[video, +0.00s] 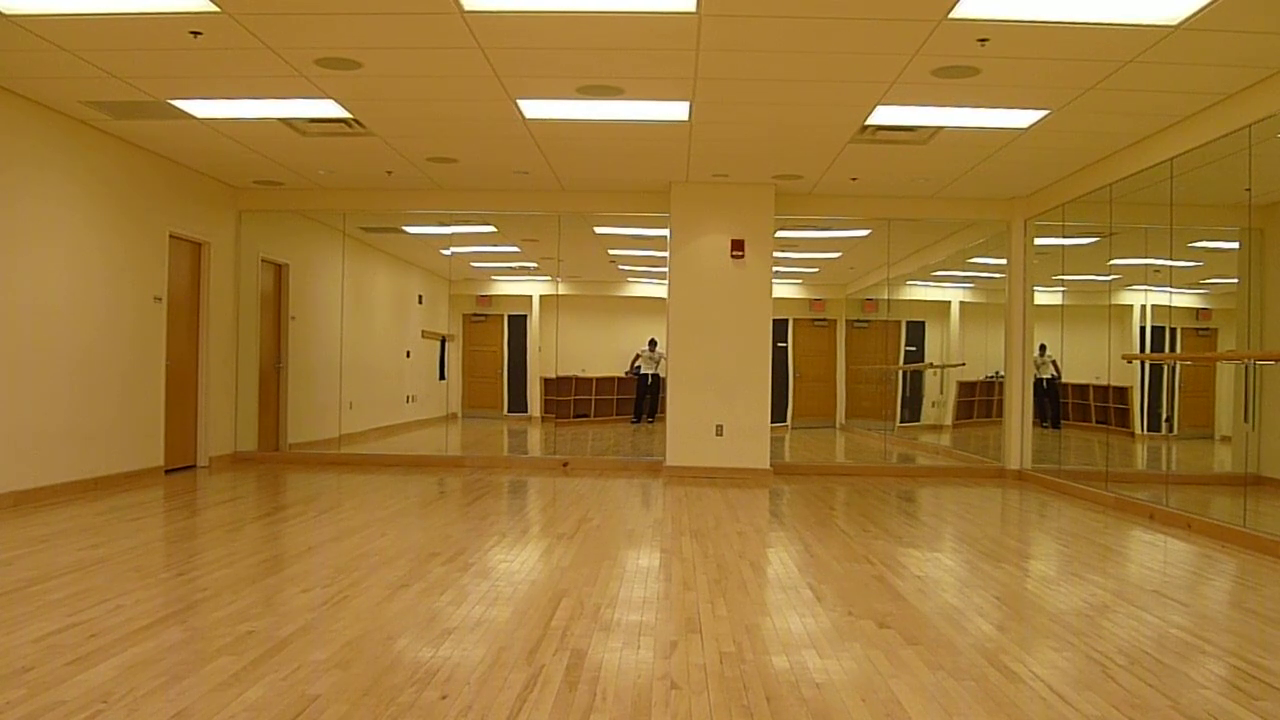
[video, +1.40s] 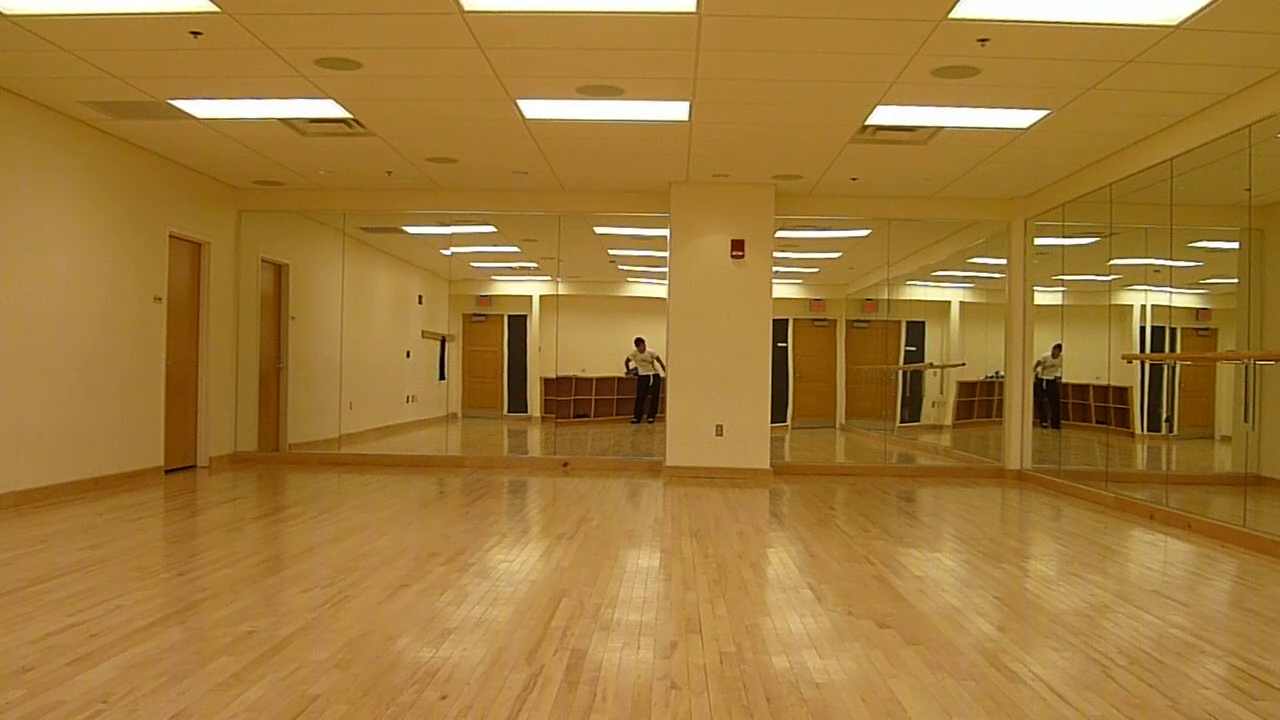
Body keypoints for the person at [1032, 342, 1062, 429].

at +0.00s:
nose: (1042, 352)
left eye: (1043, 350)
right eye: (1041, 350)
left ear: (1046, 350)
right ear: (1039, 350)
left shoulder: (1049, 357)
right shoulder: (1035, 359)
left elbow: (1056, 367)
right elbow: (1034, 368)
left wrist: (1059, 375)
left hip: (1050, 378)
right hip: (1039, 378)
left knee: (1054, 400)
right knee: (1041, 401)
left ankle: (1055, 421)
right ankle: (1043, 421)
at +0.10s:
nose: (1042, 352)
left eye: (1043, 350)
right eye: (1041, 350)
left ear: (1046, 350)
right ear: (1038, 350)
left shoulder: (1050, 357)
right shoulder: (1035, 359)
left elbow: (1056, 367)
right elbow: (1034, 368)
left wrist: (1059, 375)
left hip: (1050, 378)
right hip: (1039, 378)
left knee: (1054, 400)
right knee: (1040, 401)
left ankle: (1055, 421)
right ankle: (1043, 421)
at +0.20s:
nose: (1042, 353)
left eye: (1044, 351)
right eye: (1041, 351)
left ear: (1046, 351)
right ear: (1039, 350)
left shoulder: (1050, 357)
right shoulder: (1035, 359)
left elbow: (1056, 367)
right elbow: (1033, 368)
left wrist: (1059, 375)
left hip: (1050, 378)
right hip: (1039, 378)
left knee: (1054, 400)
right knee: (1040, 401)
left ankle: (1055, 421)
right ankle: (1043, 421)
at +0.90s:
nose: (1044, 352)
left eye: (1046, 351)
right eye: (1043, 350)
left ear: (1048, 351)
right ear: (1041, 350)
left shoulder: (1053, 359)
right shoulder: (1037, 359)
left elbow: (1059, 367)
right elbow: (1034, 369)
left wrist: (1060, 377)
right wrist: (1034, 378)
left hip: (1051, 378)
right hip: (1040, 378)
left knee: (1054, 400)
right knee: (1041, 401)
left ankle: (1055, 422)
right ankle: (1043, 421)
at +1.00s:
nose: (1045, 352)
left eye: (1047, 351)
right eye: (1044, 350)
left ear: (1049, 351)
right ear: (1042, 350)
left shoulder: (1053, 358)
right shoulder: (1038, 358)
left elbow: (1059, 367)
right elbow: (1034, 368)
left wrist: (1060, 376)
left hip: (1051, 378)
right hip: (1040, 378)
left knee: (1054, 400)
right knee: (1041, 401)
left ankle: (1055, 422)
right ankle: (1043, 421)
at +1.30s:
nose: (1052, 353)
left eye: (1054, 351)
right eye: (1051, 350)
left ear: (1057, 352)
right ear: (1049, 350)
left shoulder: (1059, 358)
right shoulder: (1043, 358)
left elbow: (1062, 367)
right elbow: (1035, 367)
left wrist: (1060, 376)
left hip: (1052, 379)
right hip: (1041, 379)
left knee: (1055, 401)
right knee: (1041, 400)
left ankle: (1055, 422)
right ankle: (1043, 420)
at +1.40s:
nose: (1055, 353)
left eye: (1058, 352)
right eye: (1054, 351)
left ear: (1060, 352)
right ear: (1052, 350)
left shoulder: (1060, 359)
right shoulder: (1045, 357)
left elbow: (1061, 367)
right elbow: (1037, 364)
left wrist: (1060, 376)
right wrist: (1035, 371)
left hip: (1052, 379)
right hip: (1042, 379)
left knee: (1055, 401)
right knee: (1041, 400)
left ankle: (1055, 422)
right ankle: (1043, 420)